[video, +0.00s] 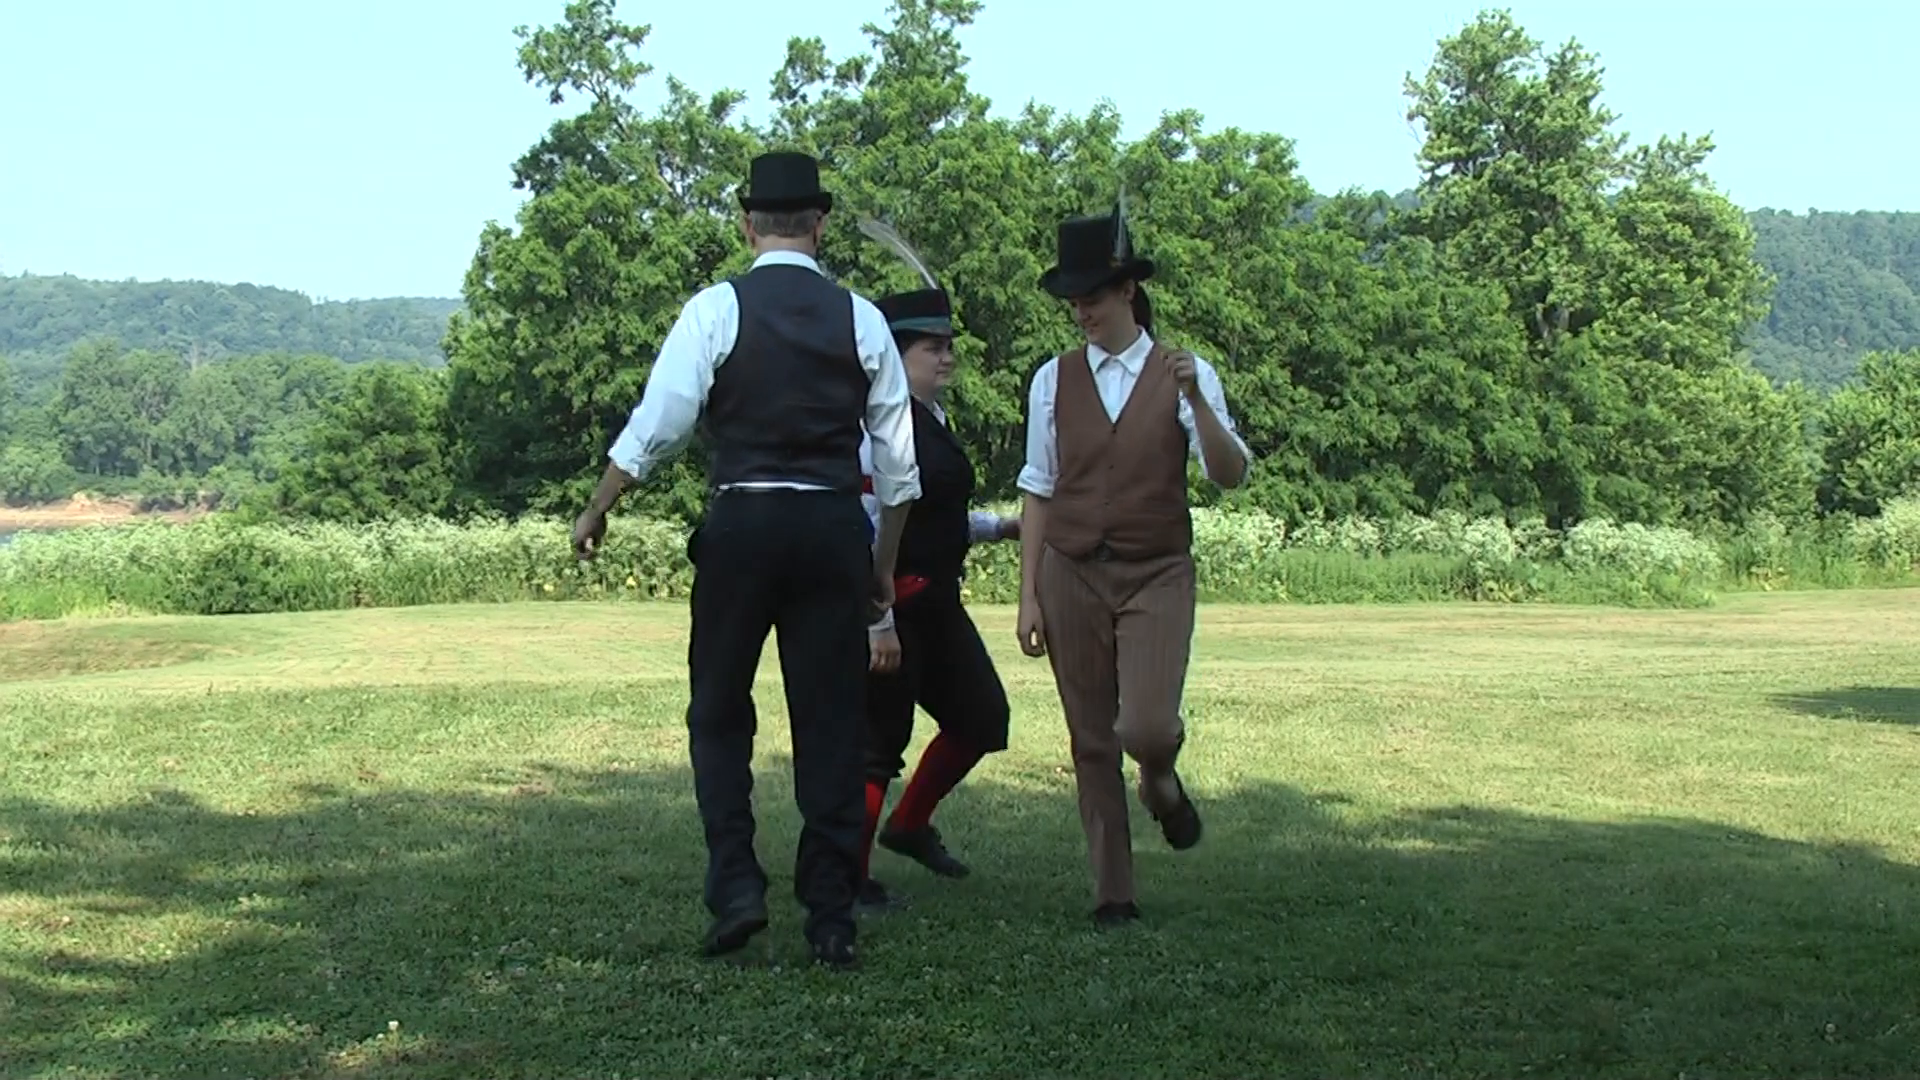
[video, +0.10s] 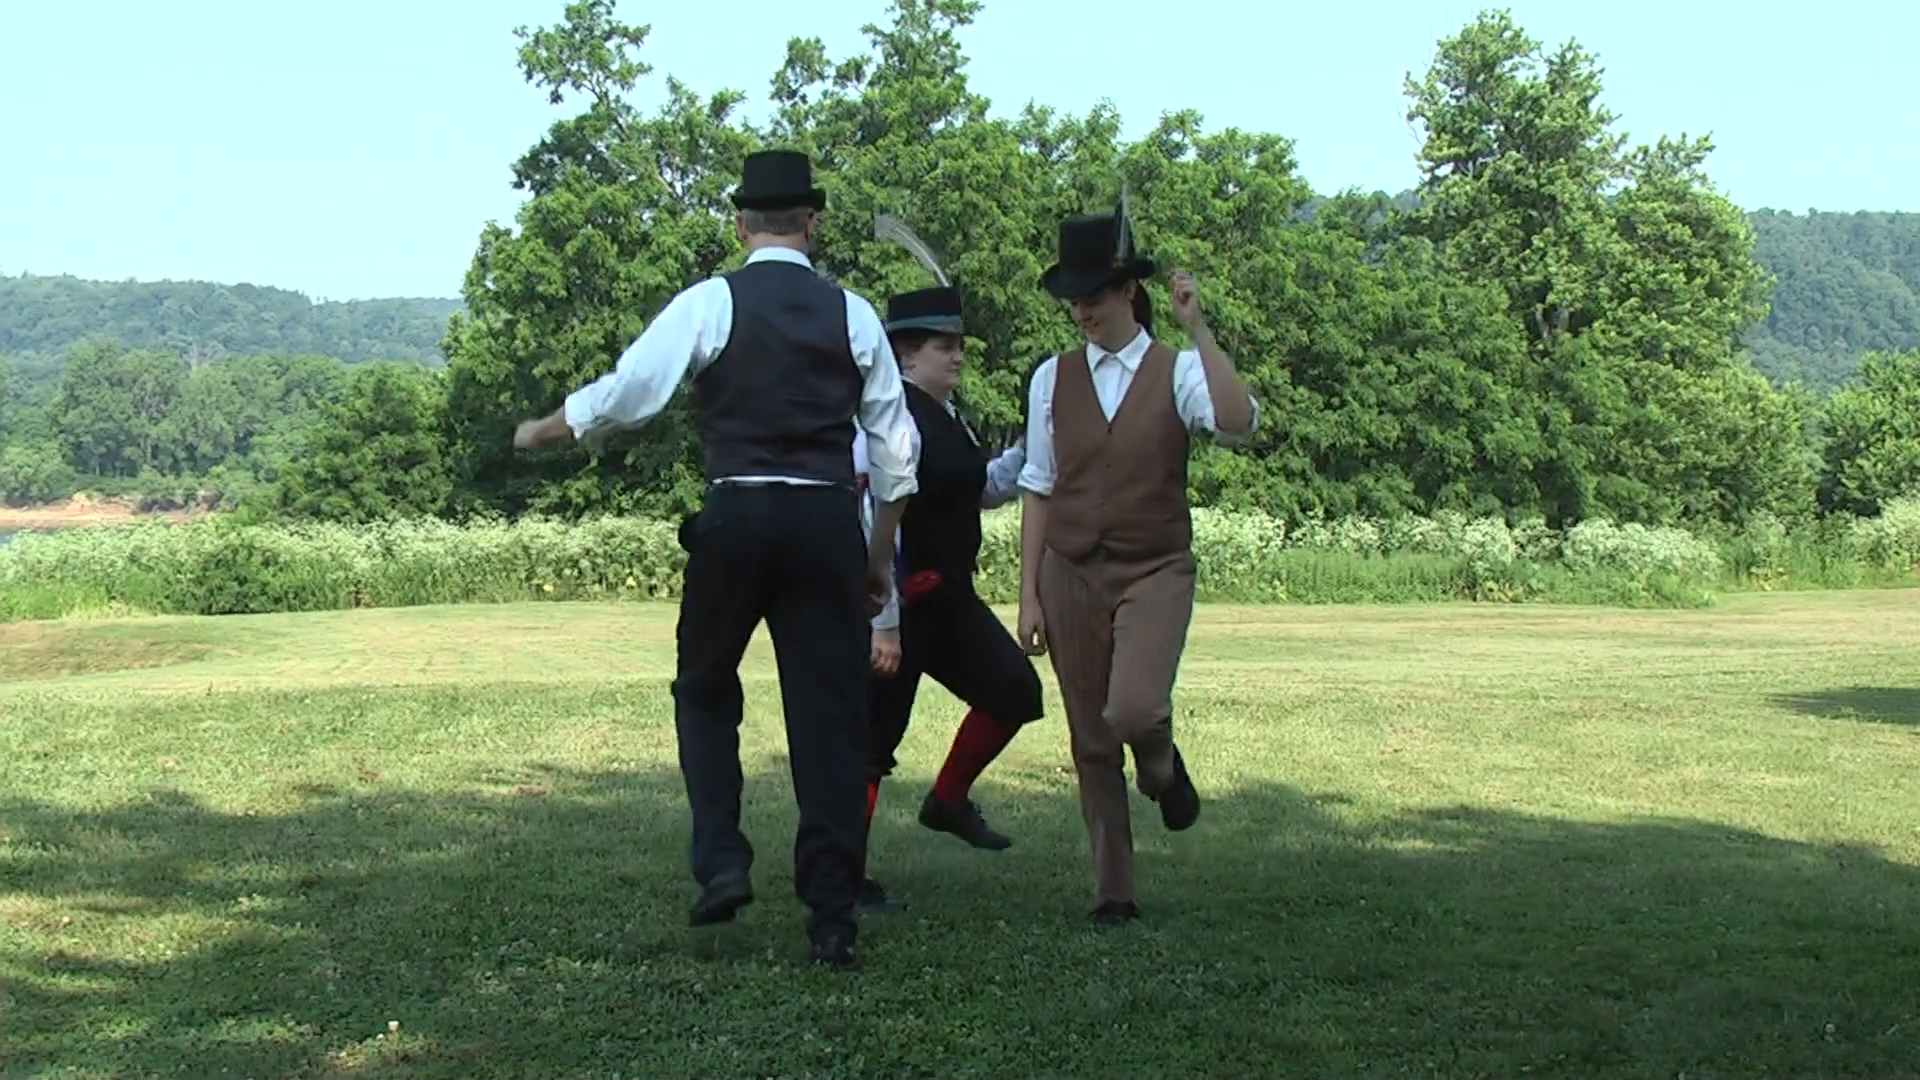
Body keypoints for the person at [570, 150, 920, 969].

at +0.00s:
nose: (765, 230)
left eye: (753, 220)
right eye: (807, 220)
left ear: (748, 224)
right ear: (823, 225)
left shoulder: (714, 308)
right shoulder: (863, 318)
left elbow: (664, 415)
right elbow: (895, 457)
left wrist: (598, 507)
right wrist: (885, 562)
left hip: (740, 527)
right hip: (836, 533)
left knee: (718, 711)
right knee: (830, 720)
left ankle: (736, 899)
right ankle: (831, 920)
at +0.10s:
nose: (747, 228)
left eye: (743, 218)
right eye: (809, 219)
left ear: (740, 222)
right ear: (813, 224)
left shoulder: (712, 299)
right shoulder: (854, 314)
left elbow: (636, 389)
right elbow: (896, 449)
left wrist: (551, 424)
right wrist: (880, 550)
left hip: (737, 520)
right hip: (830, 526)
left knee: (705, 689)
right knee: (830, 714)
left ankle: (722, 866)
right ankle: (834, 918)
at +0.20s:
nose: (787, 231)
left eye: (741, 222)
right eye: (796, 221)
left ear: (728, 226)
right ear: (799, 226)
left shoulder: (699, 301)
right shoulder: (840, 314)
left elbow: (591, 348)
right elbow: (883, 442)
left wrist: (529, 338)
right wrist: (871, 547)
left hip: (724, 521)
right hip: (815, 526)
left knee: (695, 694)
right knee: (819, 719)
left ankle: (707, 872)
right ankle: (832, 920)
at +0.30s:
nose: (750, 247)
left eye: (722, 237)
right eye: (770, 237)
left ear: (707, 242)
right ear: (777, 243)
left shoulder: (671, 315)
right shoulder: (819, 325)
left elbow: (549, 309)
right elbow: (867, 450)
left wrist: (522, 257)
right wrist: (869, 561)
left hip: (708, 533)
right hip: (800, 538)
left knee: (706, 714)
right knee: (792, 722)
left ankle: (694, 916)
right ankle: (828, 907)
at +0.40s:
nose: (760, 259)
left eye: (743, 249)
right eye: (759, 250)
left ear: (688, 261)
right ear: (757, 259)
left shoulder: (654, 332)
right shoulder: (797, 340)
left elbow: (576, 268)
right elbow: (846, 454)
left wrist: (543, 190)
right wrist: (866, 558)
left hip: (697, 550)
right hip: (791, 552)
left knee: (695, 724)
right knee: (765, 692)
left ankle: (696, 922)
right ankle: (800, 840)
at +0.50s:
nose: (761, 244)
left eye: (752, 234)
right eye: (761, 234)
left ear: (689, 241)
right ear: (751, 239)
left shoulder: (651, 308)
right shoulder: (789, 321)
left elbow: (599, 232)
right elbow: (836, 433)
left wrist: (579, 152)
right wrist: (852, 536)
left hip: (684, 529)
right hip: (775, 528)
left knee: (692, 722)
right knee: (773, 628)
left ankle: (697, 917)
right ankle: (771, 784)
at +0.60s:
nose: (767, 223)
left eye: (759, 213)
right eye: (768, 214)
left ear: (695, 214)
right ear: (757, 215)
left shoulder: (650, 276)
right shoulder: (784, 292)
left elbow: (610, 196)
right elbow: (826, 404)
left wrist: (606, 113)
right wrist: (837, 506)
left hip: (678, 498)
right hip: (765, 494)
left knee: (691, 688)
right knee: (782, 579)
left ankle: (687, 885)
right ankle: (757, 739)